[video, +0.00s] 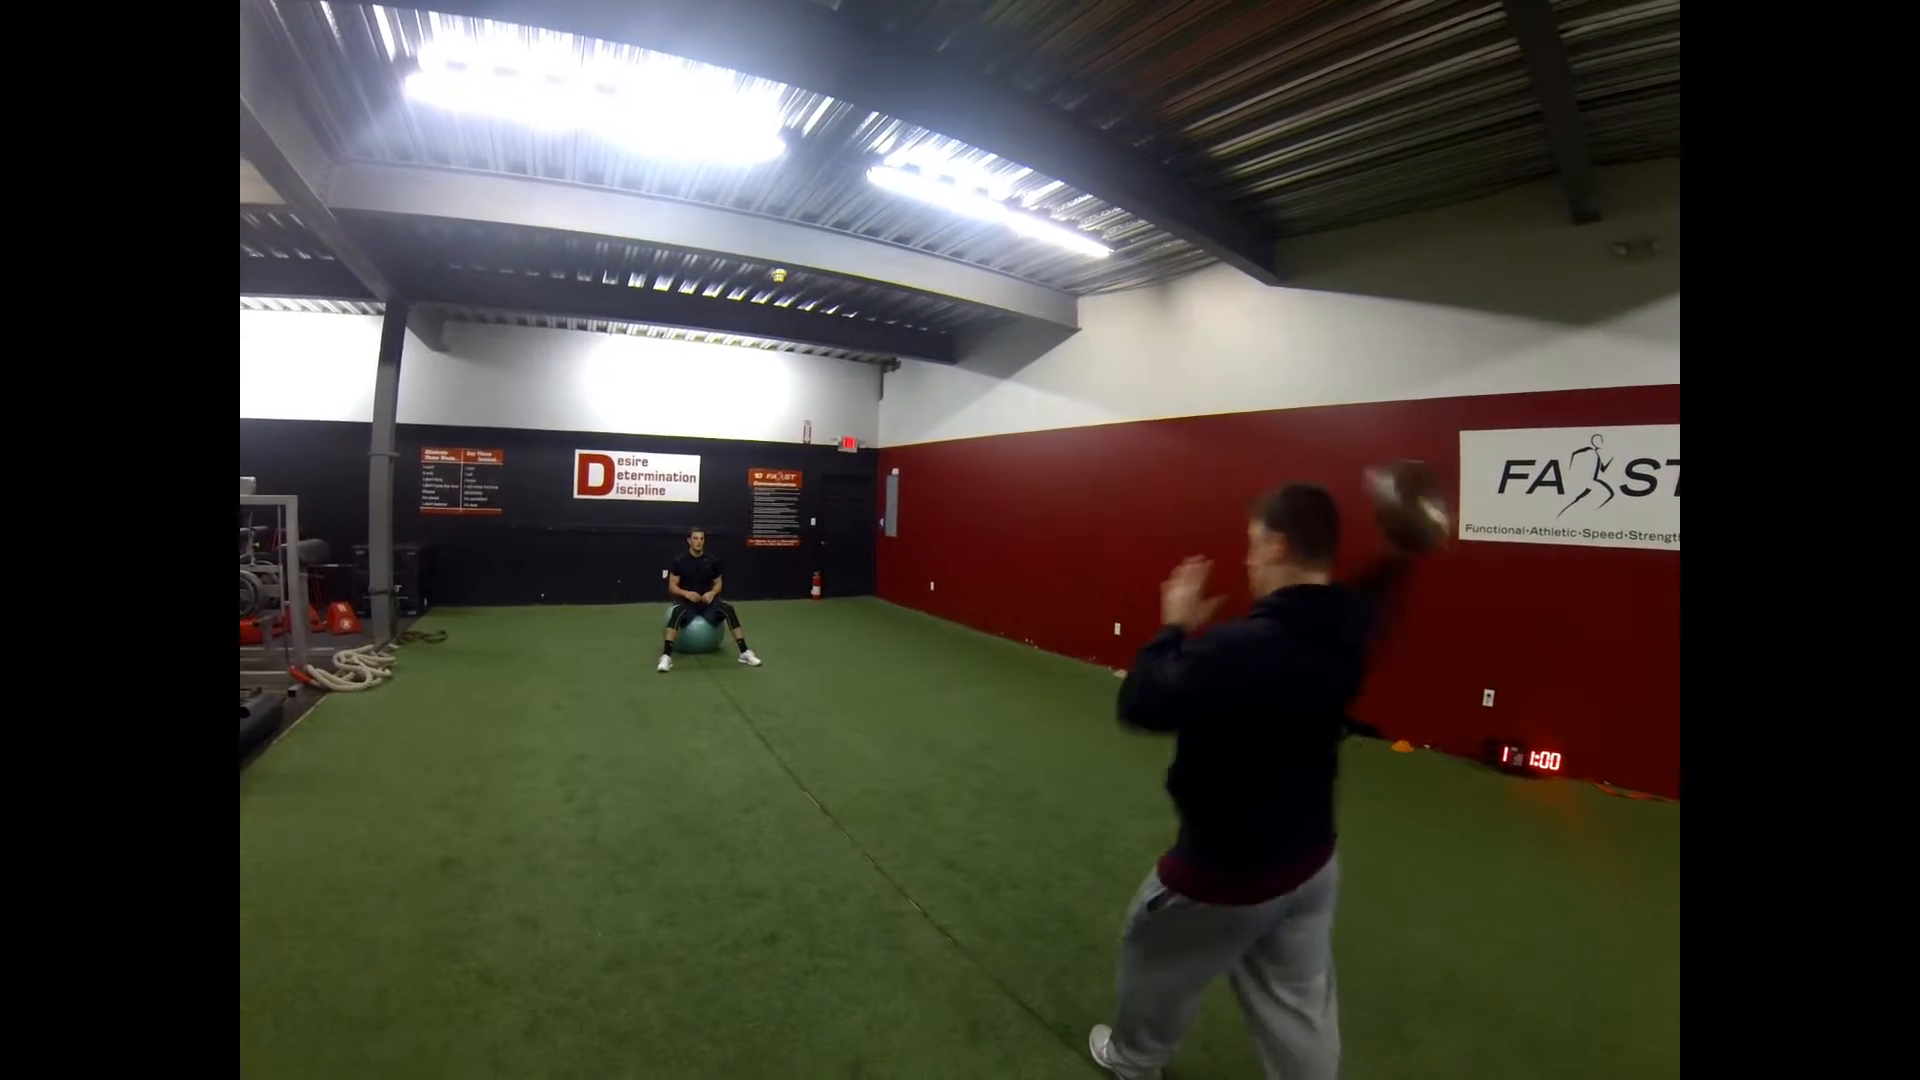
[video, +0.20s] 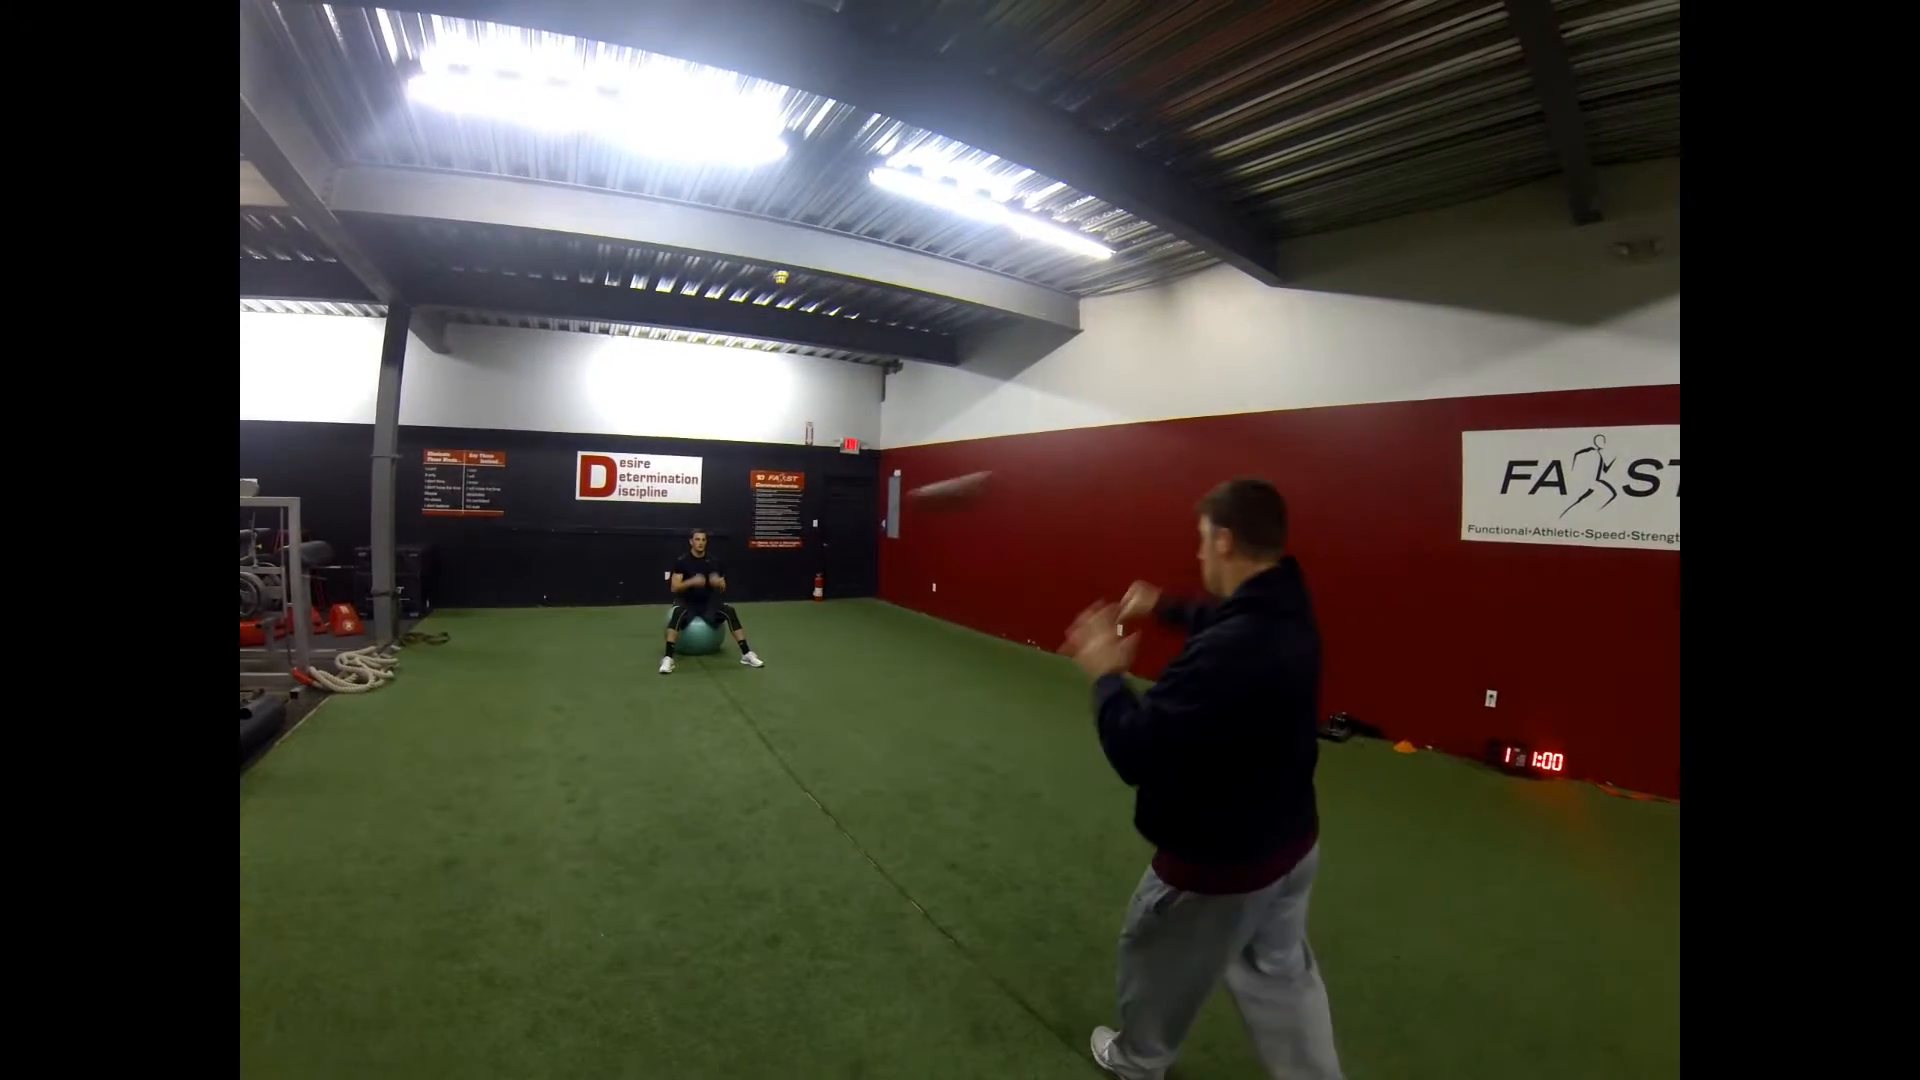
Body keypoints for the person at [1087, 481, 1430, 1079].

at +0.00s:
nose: (1248, 556)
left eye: (1253, 543)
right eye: (1250, 543)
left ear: (1276, 546)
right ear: (1328, 549)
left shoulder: (1238, 645)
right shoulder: (1344, 623)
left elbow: (1141, 704)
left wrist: (1174, 628)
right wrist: (1402, 550)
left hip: (1221, 871)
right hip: (1307, 859)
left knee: (1155, 957)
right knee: (1299, 1006)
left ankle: (1136, 1056)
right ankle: (1314, 1073)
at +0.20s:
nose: (1200, 552)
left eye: (1202, 538)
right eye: (1200, 539)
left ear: (1223, 542)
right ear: (1276, 539)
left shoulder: (1226, 644)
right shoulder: (1291, 608)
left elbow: (1137, 754)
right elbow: (1227, 618)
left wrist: (1107, 673)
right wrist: (1160, 607)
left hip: (1211, 864)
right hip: (1287, 841)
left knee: (1156, 958)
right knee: (1282, 978)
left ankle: (1139, 1055)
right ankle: (1316, 1071)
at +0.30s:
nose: (1187, 555)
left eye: (1188, 540)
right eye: (1187, 540)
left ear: (1211, 540)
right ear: (1262, 538)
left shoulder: (1222, 644)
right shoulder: (1283, 613)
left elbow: (1151, 762)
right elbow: (1215, 648)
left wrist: (1086, 710)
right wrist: (1144, 644)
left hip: (1211, 866)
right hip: (1285, 841)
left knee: (1157, 961)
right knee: (1278, 966)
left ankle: (1139, 1058)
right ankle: (1324, 1071)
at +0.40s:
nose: (1182, 553)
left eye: (1183, 538)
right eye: (1181, 539)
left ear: (1204, 537)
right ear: (1253, 535)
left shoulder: (1220, 640)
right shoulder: (1277, 608)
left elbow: (1178, 770)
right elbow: (1222, 676)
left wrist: (1087, 767)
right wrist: (1149, 681)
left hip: (1212, 863)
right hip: (1285, 839)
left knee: (1161, 962)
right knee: (1274, 959)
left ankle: (1141, 1057)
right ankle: (1304, 1068)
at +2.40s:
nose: (1293, 549)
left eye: (1304, 531)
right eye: (1298, 531)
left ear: (1340, 549)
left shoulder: (1315, 681)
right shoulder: (1409, 648)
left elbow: (1192, 817)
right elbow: (1341, 763)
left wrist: (1161, 757)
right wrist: (1237, 734)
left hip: (1312, 961)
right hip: (1392, 933)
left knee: (1256, 1069)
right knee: (1318, 1065)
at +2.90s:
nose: (1322, 603)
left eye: (1320, 586)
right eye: (1318, 587)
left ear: (1341, 582)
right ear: (1402, 574)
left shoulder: (1330, 699)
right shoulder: (1463, 670)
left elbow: (1261, 844)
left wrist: (1245, 828)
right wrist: (1275, 813)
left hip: (1357, 989)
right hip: (1467, 965)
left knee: (1257, 1071)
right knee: (1408, 1071)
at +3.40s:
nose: (1457, 569)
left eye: (1458, 555)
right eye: (1458, 555)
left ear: (1474, 558)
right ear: (1542, 561)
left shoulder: (1413, 657)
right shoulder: (1583, 689)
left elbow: (1341, 757)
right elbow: (1543, 804)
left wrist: (1428, 733)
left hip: (1370, 927)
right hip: (1483, 941)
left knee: (1263, 1051)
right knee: (1426, 1072)